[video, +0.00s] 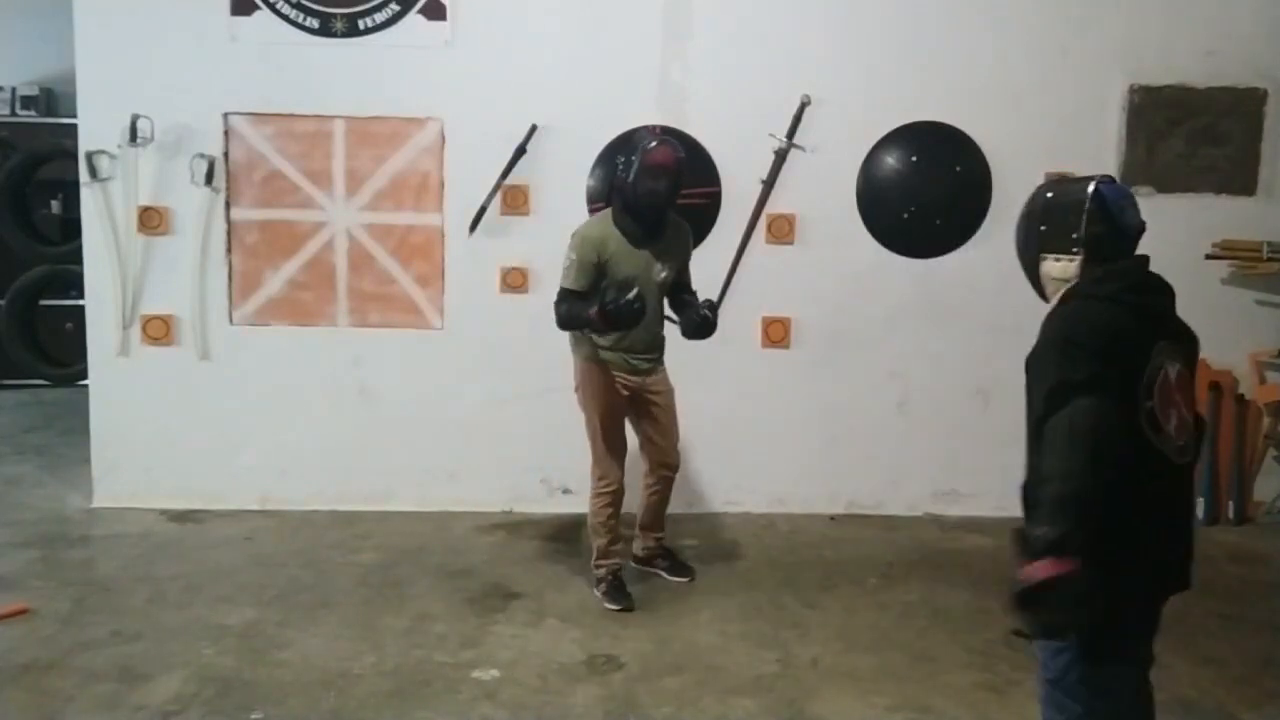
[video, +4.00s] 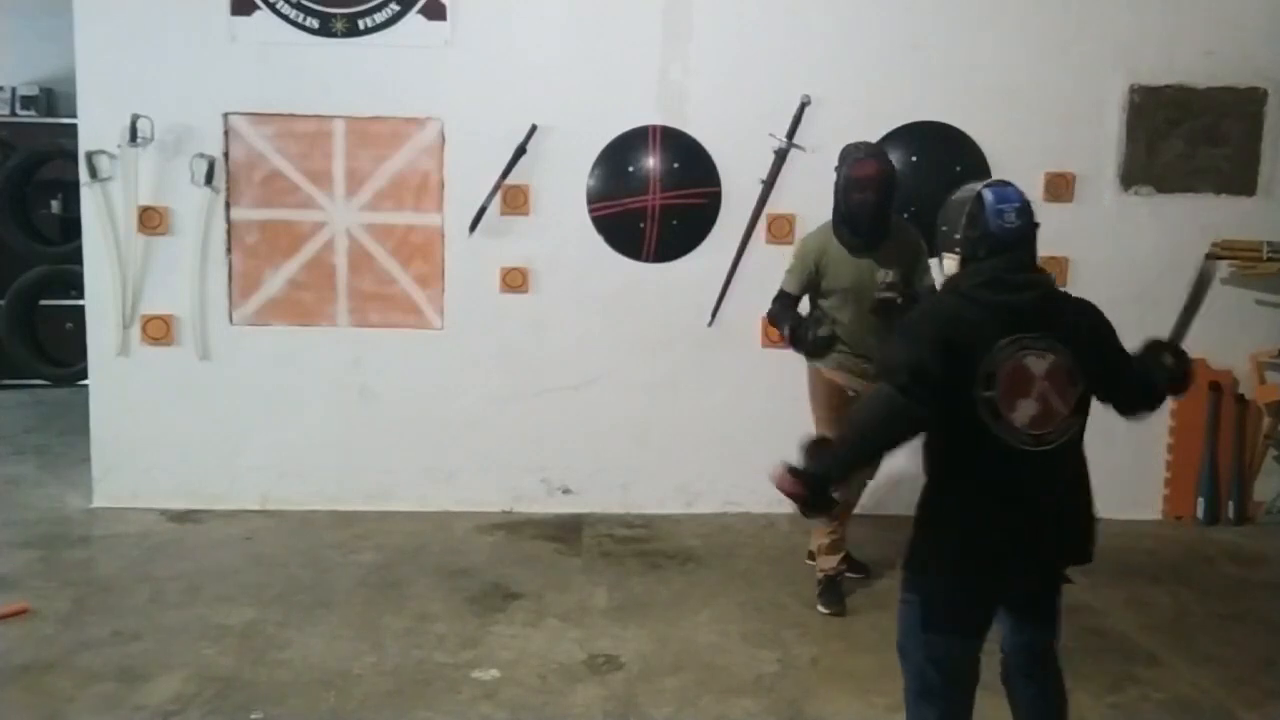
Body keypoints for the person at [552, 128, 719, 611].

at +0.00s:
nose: (658, 189)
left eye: (666, 181)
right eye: (650, 179)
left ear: (675, 187)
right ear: (627, 183)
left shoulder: (677, 234)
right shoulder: (592, 237)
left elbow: (680, 294)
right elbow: (565, 309)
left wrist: (695, 316)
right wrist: (602, 315)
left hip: (649, 367)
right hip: (599, 366)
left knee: (664, 462)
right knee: (610, 470)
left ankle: (649, 548)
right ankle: (606, 569)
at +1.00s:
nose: (757, 192)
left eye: (762, 183)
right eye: (747, 181)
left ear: (766, 186)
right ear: (718, 182)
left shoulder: (760, 239)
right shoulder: (687, 236)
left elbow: (765, 298)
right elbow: (652, 308)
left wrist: (779, 321)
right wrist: (692, 312)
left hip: (738, 378)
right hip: (687, 377)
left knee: (759, 468)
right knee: (673, 477)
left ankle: (745, 566)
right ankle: (620, 564)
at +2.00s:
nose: (820, 226)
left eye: (829, 216)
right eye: (811, 215)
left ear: (839, 213)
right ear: (790, 208)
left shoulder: (847, 262)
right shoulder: (761, 254)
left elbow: (862, 328)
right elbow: (700, 313)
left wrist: (888, 328)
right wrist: (718, 358)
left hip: (817, 396)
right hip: (769, 392)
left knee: (822, 496)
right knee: (786, 502)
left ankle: (790, 563)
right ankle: (770, 624)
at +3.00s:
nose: (864, 230)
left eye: (872, 219)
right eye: (854, 217)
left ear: (882, 222)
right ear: (830, 216)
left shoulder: (881, 261)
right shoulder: (802, 265)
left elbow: (897, 330)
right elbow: (760, 336)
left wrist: (911, 322)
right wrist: (796, 357)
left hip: (844, 385)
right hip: (797, 383)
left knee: (850, 477)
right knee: (817, 485)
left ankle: (822, 545)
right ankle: (784, 608)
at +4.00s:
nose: (865, 198)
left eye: (874, 188)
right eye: (856, 188)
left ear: (889, 193)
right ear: (839, 191)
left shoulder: (907, 244)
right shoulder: (818, 245)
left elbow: (931, 305)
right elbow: (781, 307)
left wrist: (903, 312)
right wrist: (800, 332)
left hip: (887, 376)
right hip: (833, 369)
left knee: (864, 466)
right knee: (834, 463)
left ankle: (832, 545)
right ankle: (829, 567)